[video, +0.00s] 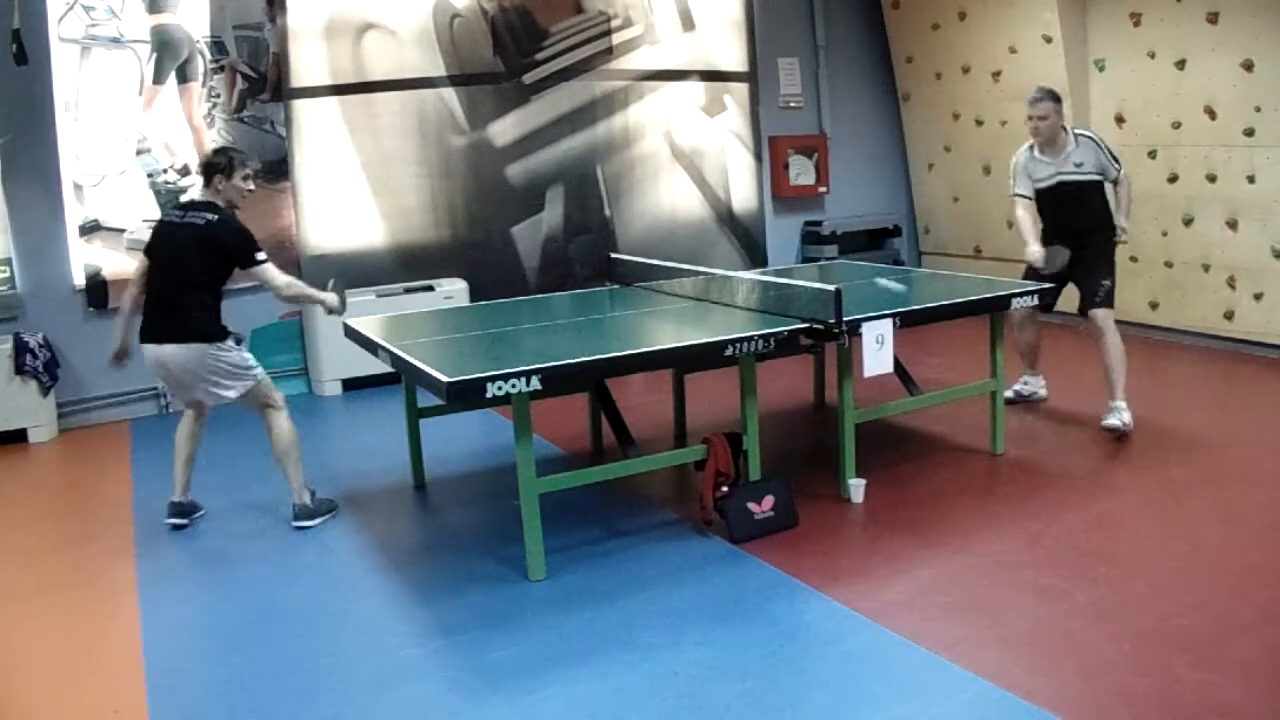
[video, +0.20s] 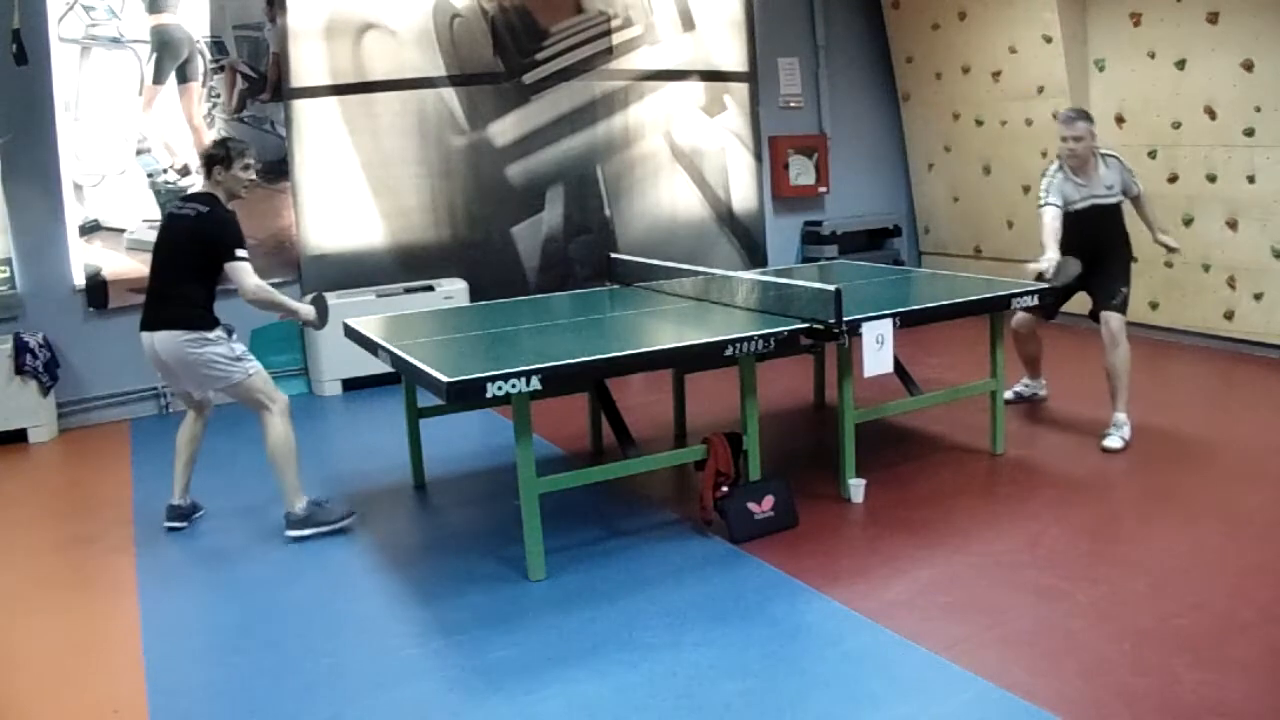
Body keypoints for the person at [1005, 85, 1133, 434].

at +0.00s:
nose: (1034, 125)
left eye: (1042, 118)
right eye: (1030, 118)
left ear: (1061, 118)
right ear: (1026, 120)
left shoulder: (1089, 144)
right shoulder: (1024, 160)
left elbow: (1120, 178)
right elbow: (1023, 206)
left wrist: (1122, 218)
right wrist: (1032, 244)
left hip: (1095, 246)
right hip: (1053, 248)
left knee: (1100, 316)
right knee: (1021, 313)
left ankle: (1118, 405)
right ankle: (1032, 380)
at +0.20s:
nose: (1069, 147)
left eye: (1077, 140)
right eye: (1064, 140)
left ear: (1093, 139)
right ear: (1058, 140)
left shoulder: (1114, 166)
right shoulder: (1054, 179)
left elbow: (1136, 196)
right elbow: (1050, 218)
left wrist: (1156, 232)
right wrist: (1051, 253)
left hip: (1111, 258)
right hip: (1069, 259)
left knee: (1112, 325)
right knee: (1021, 323)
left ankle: (1120, 420)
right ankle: (1034, 383)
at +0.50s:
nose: (1090, 153)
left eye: (1100, 147)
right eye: (1086, 144)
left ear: (1119, 148)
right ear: (1081, 142)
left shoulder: (1138, 176)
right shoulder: (1075, 177)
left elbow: (1156, 209)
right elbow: (1054, 225)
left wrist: (1169, 249)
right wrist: (1053, 267)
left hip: (1119, 258)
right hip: (1076, 253)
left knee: (1121, 330)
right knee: (1039, 323)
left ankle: (1119, 420)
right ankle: (1031, 376)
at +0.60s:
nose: (1082, 139)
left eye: (1092, 134)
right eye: (1079, 132)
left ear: (1114, 136)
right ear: (1076, 131)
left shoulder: (1135, 168)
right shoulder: (1068, 168)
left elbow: (1157, 208)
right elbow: (1045, 224)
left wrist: (1172, 249)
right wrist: (1059, 263)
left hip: (1117, 249)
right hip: (1072, 244)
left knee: (1118, 329)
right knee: (1040, 318)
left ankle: (1119, 419)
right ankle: (1031, 375)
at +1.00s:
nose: (1023, 106)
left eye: (1030, 98)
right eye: (1021, 99)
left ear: (1054, 101)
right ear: (1024, 102)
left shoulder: (1083, 140)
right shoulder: (1021, 139)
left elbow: (1113, 186)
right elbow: (1008, 179)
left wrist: (1119, 231)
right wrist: (992, 208)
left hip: (1081, 250)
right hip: (1039, 248)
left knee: (1092, 326)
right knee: (1021, 319)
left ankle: (1116, 413)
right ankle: (1024, 385)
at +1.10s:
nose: (1009, 107)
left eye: (1015, 99)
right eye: (1007, 100)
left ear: (1039, 100)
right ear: (1014, 103)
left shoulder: (1071, 136)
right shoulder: (1014, 140)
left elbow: (1100, 183)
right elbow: (1010, 185)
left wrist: (1089, 224)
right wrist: (977, 211)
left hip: (1072, 249)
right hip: (1032, 249)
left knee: (1083, 329)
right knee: (1014, 319)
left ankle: (1114, 407)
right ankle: (1023, 384)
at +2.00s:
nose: (970, 110)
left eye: (976, 102)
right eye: (967, 104)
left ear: (997, 101)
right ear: (970, 107)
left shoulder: (1020, 132)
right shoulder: (978, 142)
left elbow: (1051, 174)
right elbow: (981, 192)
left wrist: (1039, 213)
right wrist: (945, 216)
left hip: (1031, 245)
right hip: (993, 245)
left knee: (1054, 322)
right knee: (962, 324)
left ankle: (1083, 398)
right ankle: (954, 380)